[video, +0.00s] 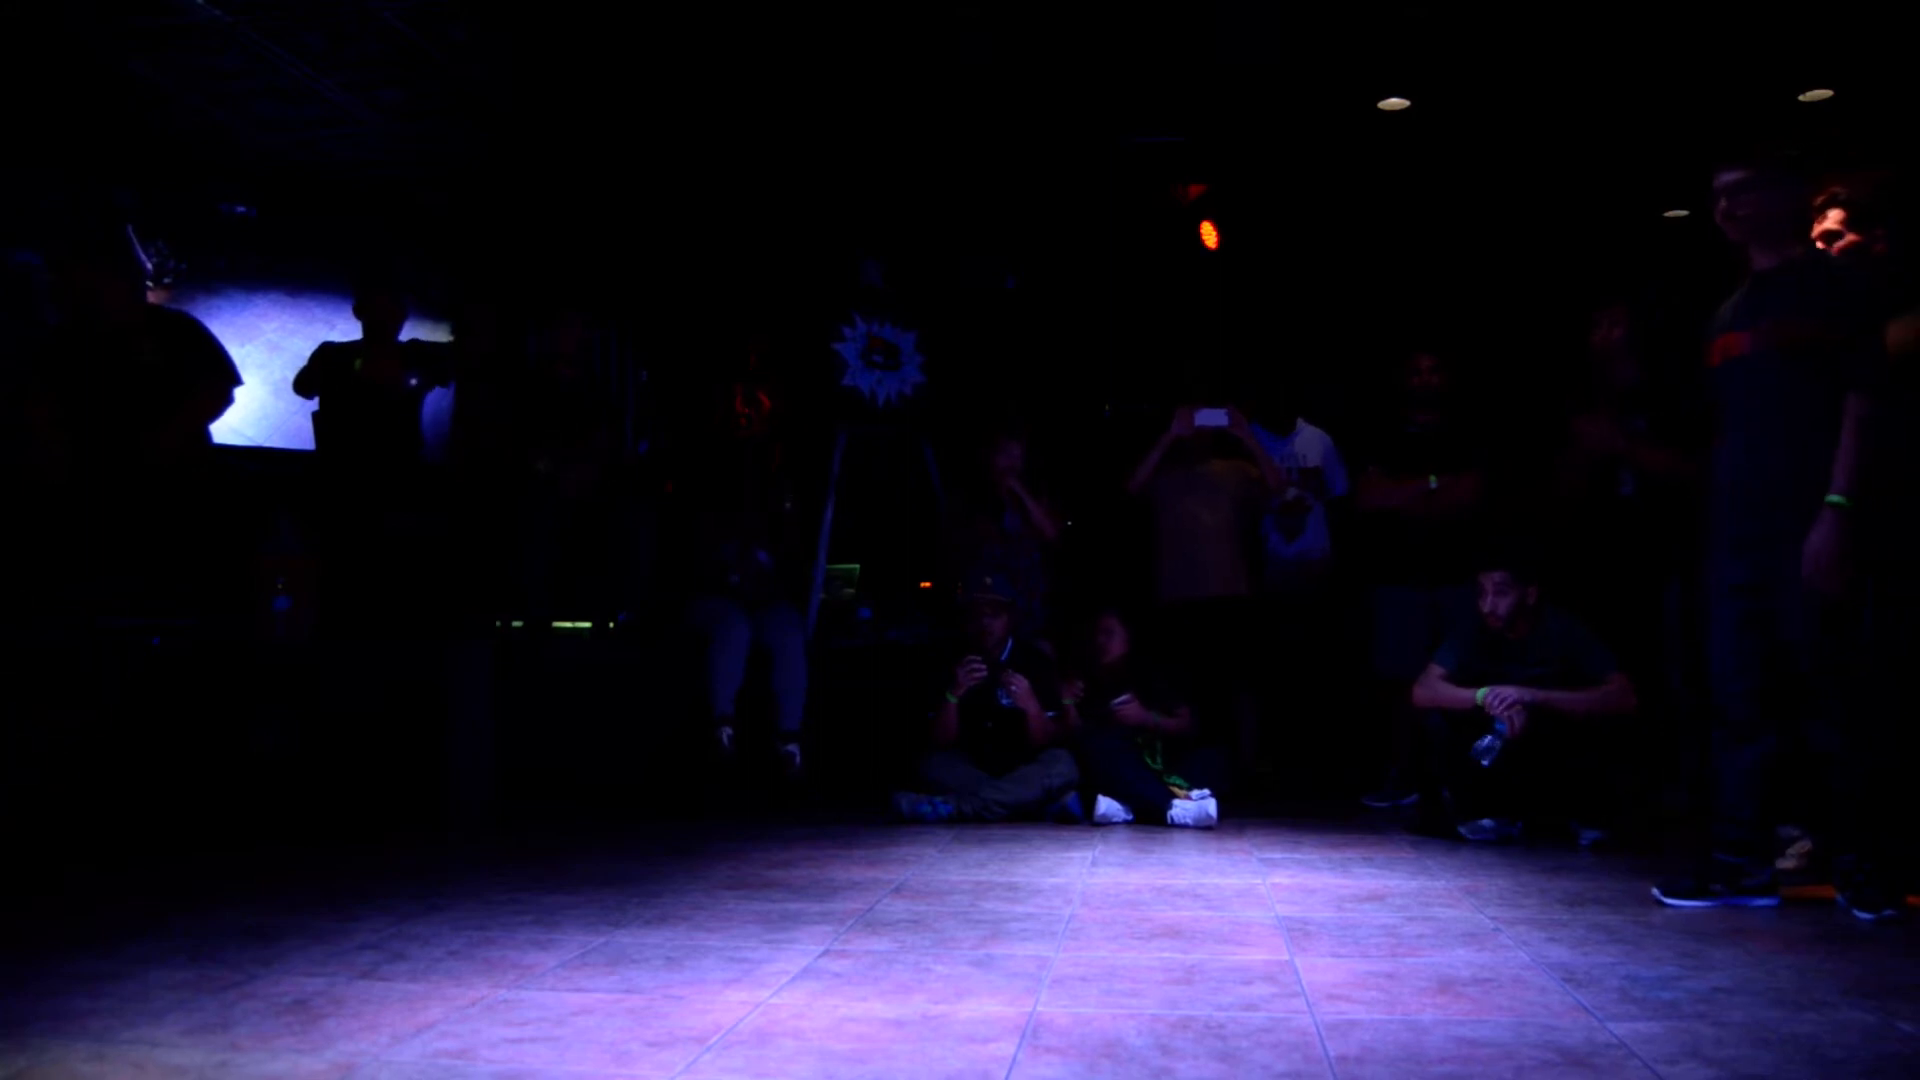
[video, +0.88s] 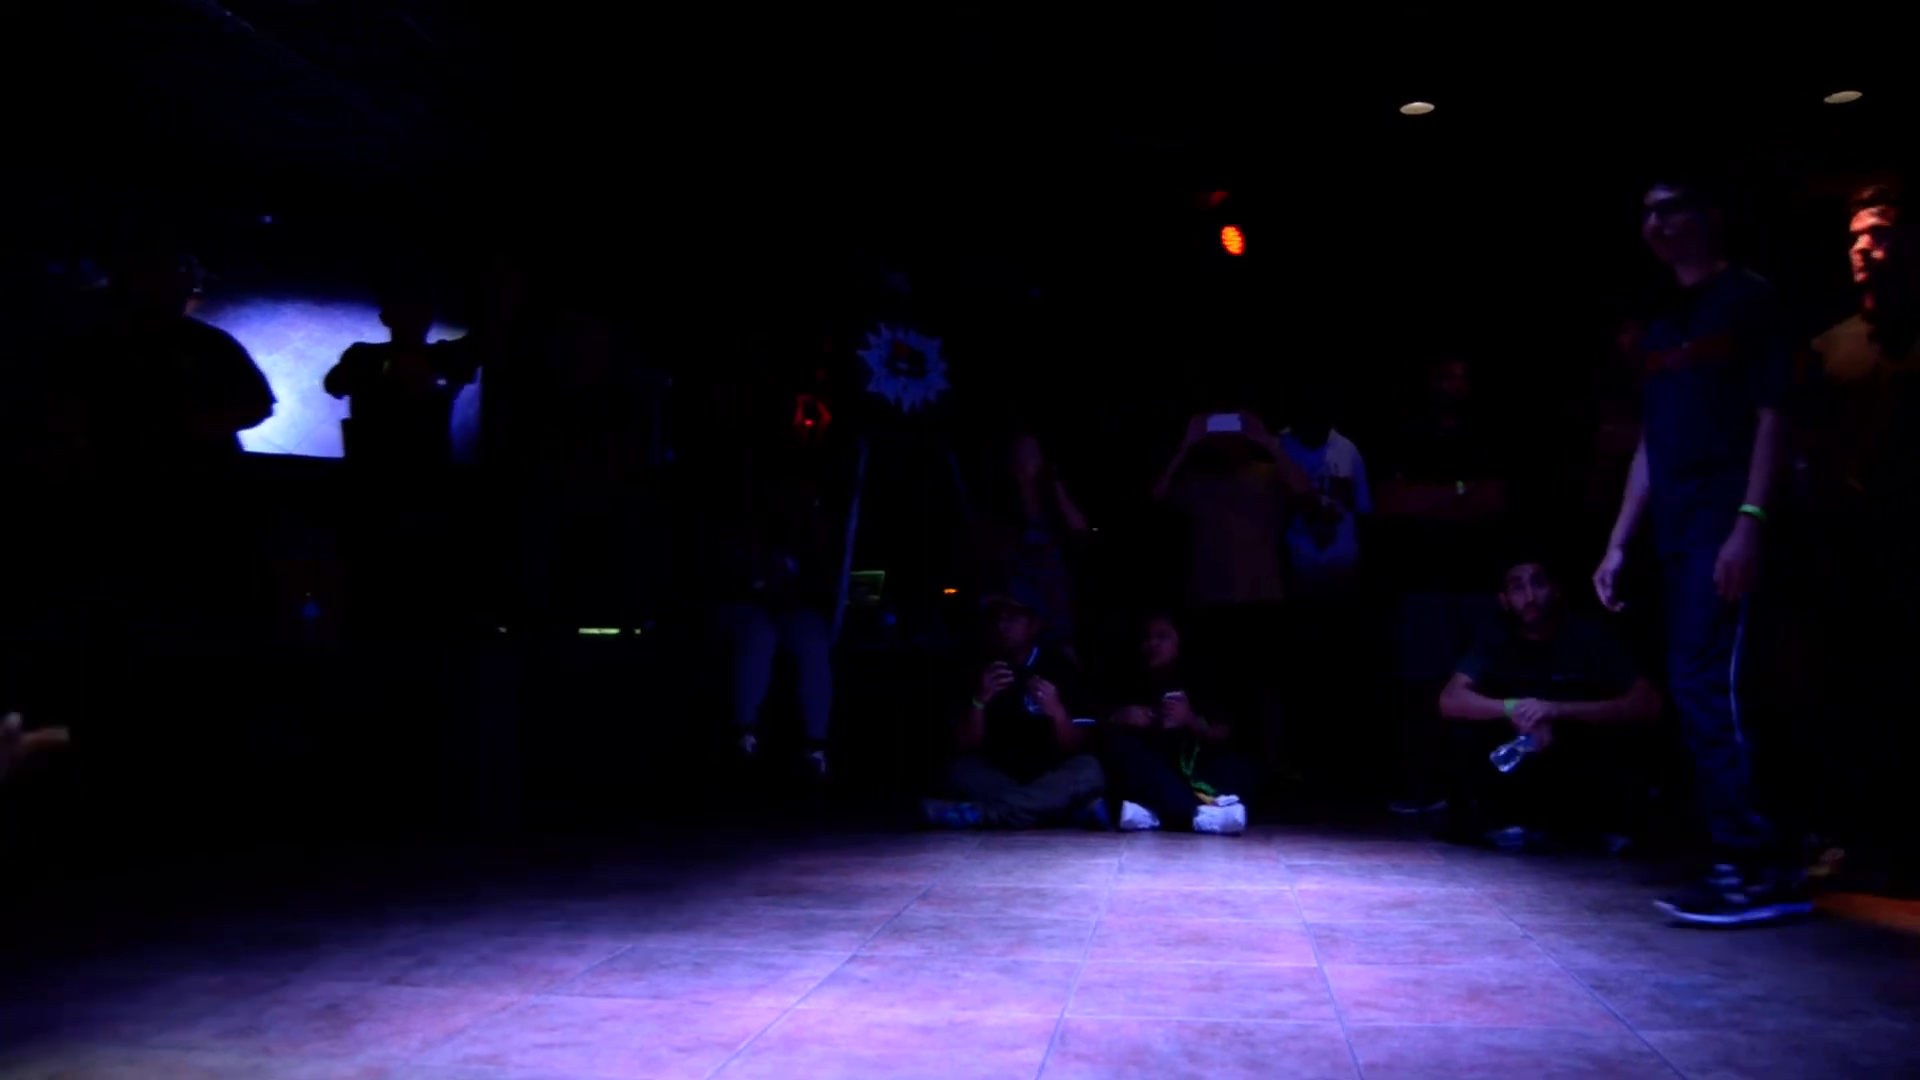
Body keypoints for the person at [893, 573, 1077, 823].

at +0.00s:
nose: (985, 624)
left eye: (994, 616)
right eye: (978, 616)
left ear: (1008, 619)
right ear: (967, 620)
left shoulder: (1030, 660)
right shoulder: (954, 659)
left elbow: (1046, 739)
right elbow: (942, 740)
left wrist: (1029, 704)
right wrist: (954, 694)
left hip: (1020, 755)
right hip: (969, 756)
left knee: (1062, 765)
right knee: (934, 766)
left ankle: (958, 808)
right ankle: (1039, 806)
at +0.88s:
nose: (1003, 628)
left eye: (1012, 619)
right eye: (997, 619)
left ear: (1032, 623)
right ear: (989, 626)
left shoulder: (1055, 665)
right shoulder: (977, 666)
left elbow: (1075, 744)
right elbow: (966, 743)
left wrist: (1055, 710)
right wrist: (980, 700)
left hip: (1047, 762)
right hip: (994, 764)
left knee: (1089, 771)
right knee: (959, 771)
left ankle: (985, 814)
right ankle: (1065, 813)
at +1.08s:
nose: (1037, 625)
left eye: (1045, 616)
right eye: (1031, 617)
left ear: (1062, 621)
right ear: (1022, 624)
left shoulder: (1085, 661)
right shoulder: (1010, 662)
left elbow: (1102, 741)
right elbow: (996, 740)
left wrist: (1083, 706)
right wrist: (1010, 695)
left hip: (1076, 757)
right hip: (1025, 758)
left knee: (1117, 767)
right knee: (991, 769)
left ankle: (1014, 810)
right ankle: (1094, 809)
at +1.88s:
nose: (1072, 625)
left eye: (1079, 615)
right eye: (1064, 616)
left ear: (1091, 620)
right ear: (1051, 621)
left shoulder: (1110, 660)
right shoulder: (1036, 662)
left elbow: (1128, 738)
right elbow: (1024, 742)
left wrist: (1108, 705)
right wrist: (1034, 694)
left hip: (1101, 757)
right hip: (1051, 757)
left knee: (1141, 766)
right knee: (1018, 768)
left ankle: (1037, 809)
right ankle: (1120, 808)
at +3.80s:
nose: (1066, 629)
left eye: (1073, 620)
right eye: (1059, 621)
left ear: (1086, 623)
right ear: (1049, 627)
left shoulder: (1108, 662)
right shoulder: (1035, 664)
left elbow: (1127, 738)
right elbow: (1021, 741)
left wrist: (1107, 705)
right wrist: (1034, 695)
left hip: (1100, 756)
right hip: (1050, 757)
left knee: (1141, 766)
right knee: (1016, 769)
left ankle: (1036, 809)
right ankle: (1119, 808)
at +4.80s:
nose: (1065, 625)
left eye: (1075, 616)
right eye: (1058, 616)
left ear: (1088, 620)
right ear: (1047, 621)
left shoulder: (1110, 660)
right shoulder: (1032, 661)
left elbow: (1131, 741)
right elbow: (1021, 745)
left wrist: (1108, 705)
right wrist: (1033, 696)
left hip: (1101, 760)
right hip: (1049, 760)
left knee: (1142, 768)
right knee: (1013, 769)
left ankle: (1037, 809)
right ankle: (1121, 809)